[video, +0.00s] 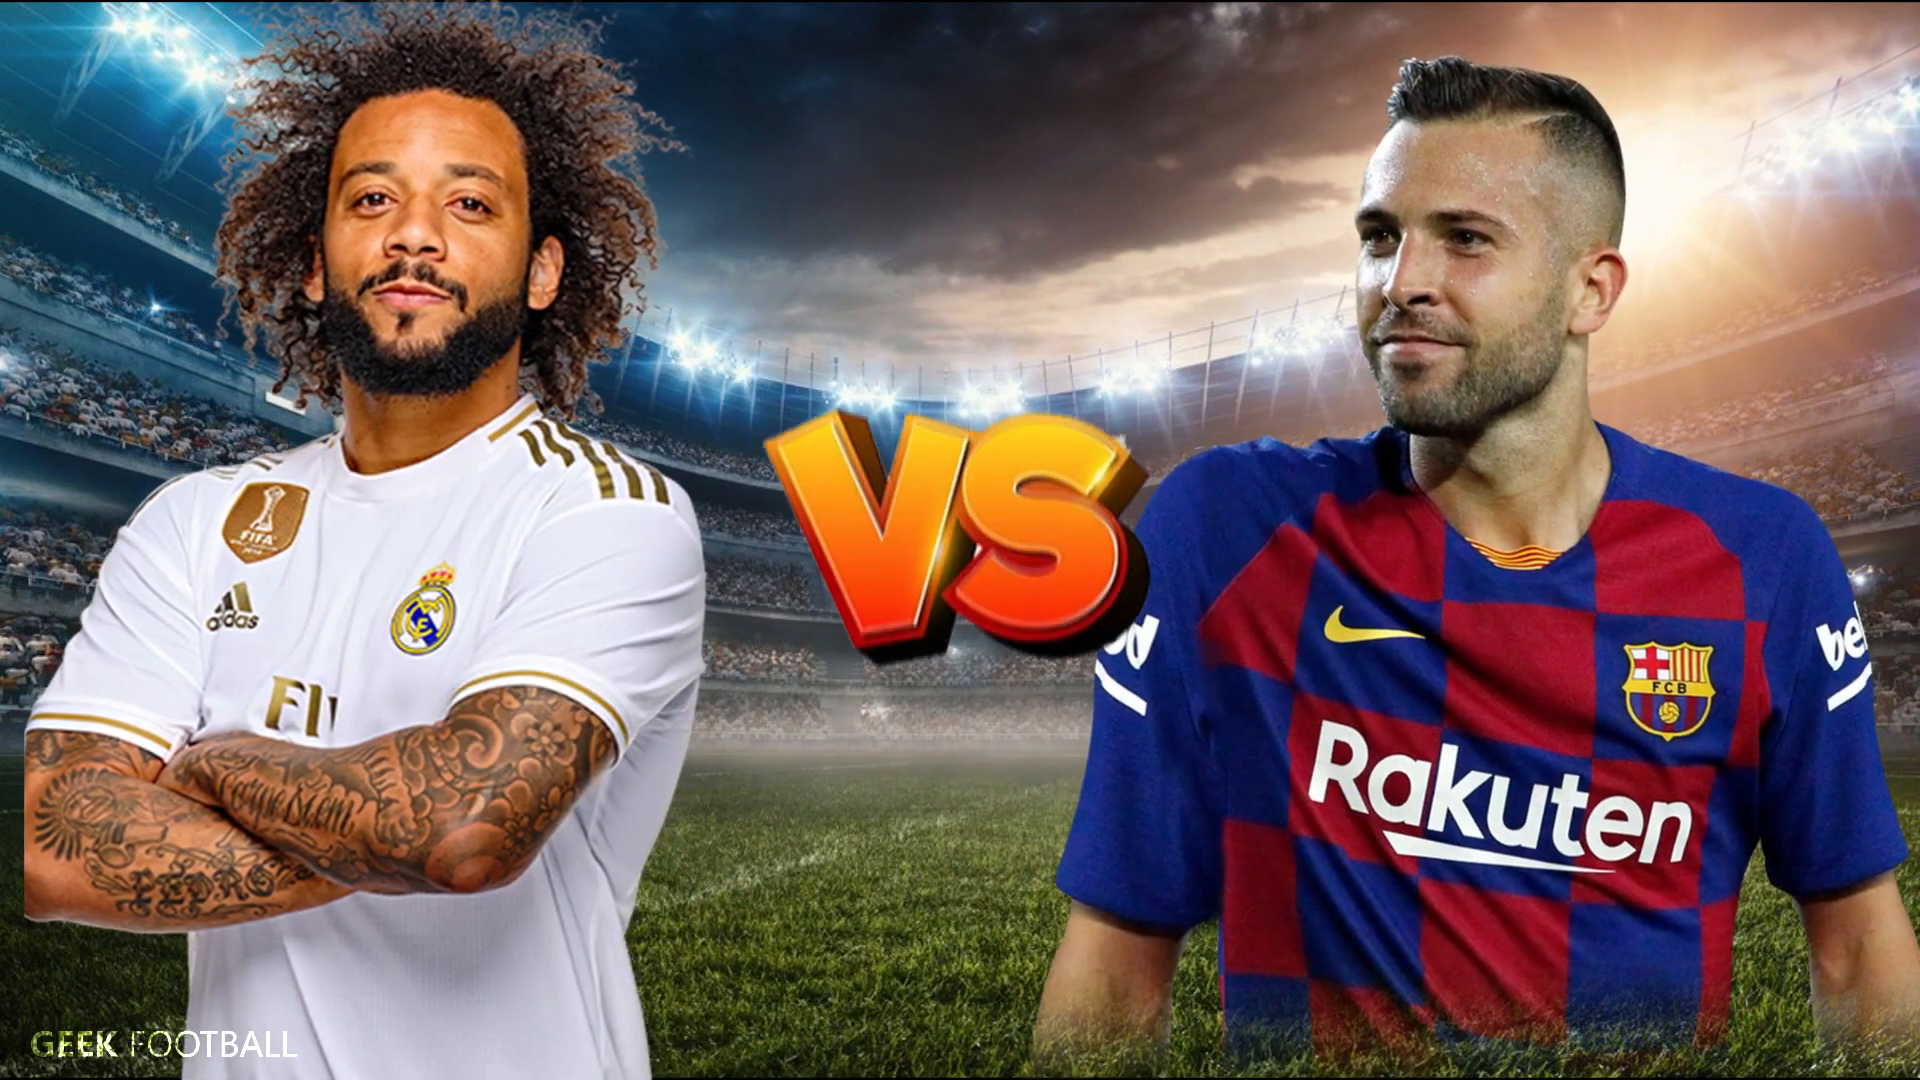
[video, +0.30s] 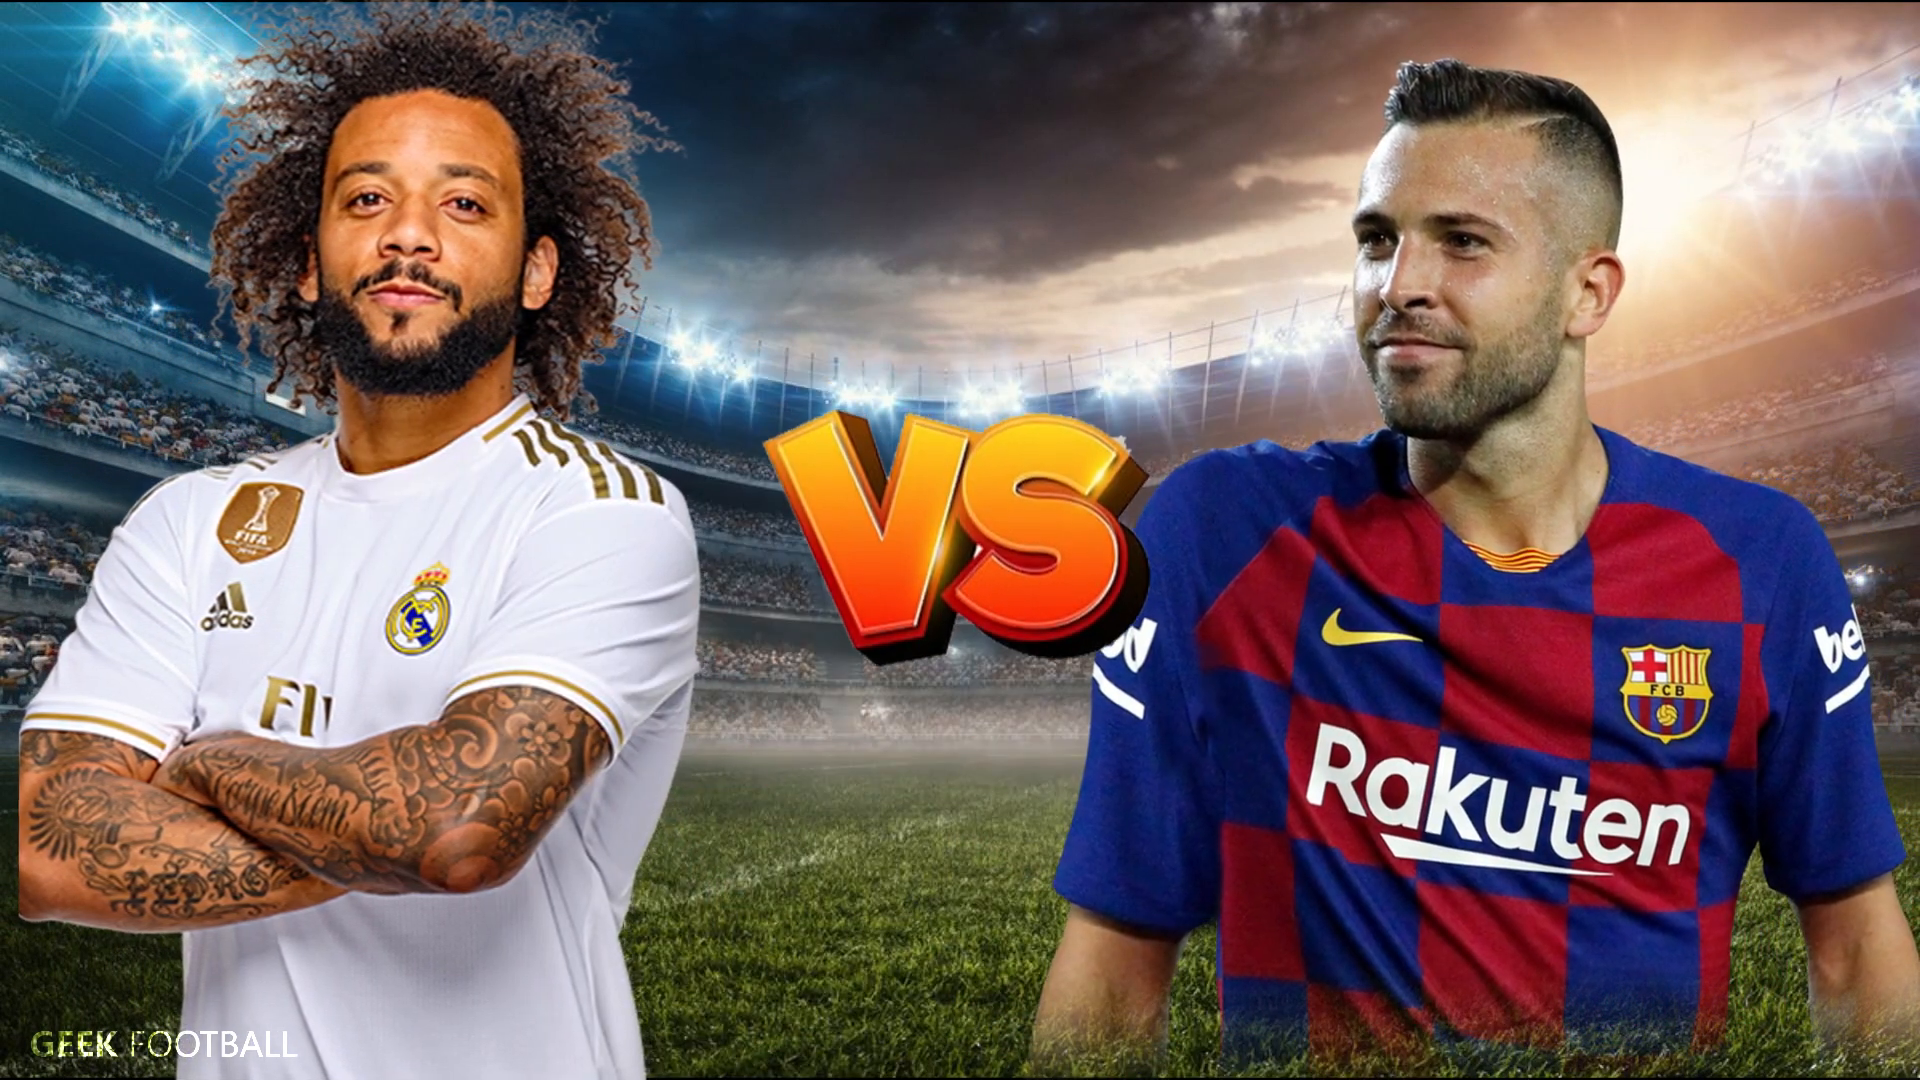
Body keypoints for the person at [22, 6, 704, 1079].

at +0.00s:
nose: (415, 238)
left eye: (471, 204)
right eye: (372, 199)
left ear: (539, 273)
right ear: (319, 259)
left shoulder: (614, 517)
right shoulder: (194, 522)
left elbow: (468, 825)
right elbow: (67, 857)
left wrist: (205, 760)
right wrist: (389, 830)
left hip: (526, 1064)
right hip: (246, 1063)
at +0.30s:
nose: (410, 238)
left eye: (466, 203)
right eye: (367, 199)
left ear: (534, 273)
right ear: (313, 260)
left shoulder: (608, 517)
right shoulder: (187, 523)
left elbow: (463, 825)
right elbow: (58, 854)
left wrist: (199, 760)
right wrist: (382, 829)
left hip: (519, 1063)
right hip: (239, 1061)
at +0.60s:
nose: (403, 238)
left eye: (459, 203)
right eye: (360, 199)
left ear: (527, 273)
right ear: (306, 260)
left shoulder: (602, 517)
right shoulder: (181, 523)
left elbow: (456, 824)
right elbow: (46, 852)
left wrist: (191, 761)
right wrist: (374, 829)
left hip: (511, 1063)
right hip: (231, 1062)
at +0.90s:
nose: (395, 238)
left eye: (451, 204)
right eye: (352, 199)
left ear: (519, 273)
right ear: (299, 260)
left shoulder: (594, 518)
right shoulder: (174, 522)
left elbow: (449, 825)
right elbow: (35, 850)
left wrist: (184, 760)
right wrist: (365, 830)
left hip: (503, 1063)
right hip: (222, 1061)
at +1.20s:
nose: (385, 238)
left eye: (442, 203)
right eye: (343, 199)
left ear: (511, 273)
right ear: (290, 260)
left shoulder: (585, 518)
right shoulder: (166, 522)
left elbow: (440, 824)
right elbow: (26, 848)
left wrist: (178, 760)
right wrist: (358, 829)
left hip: (496, 1064)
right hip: (214, 1062)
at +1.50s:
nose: (363, 237)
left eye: (418, 203)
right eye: (320, 200)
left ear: (487, 271)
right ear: (268, 259)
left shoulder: (562, 518)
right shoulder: (141, 520)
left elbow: (416, 823)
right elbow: (20, 852)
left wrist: (161, 760)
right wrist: (332, 830)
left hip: (473, 1062)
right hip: (193, 1061)